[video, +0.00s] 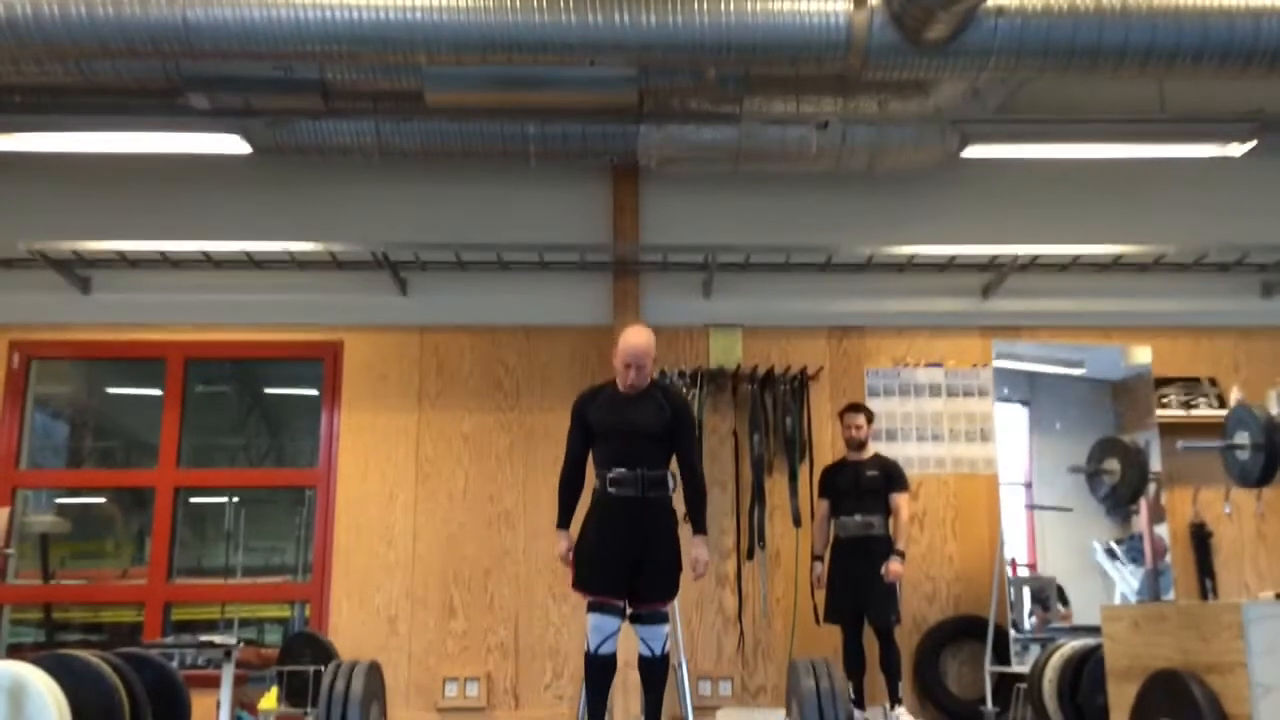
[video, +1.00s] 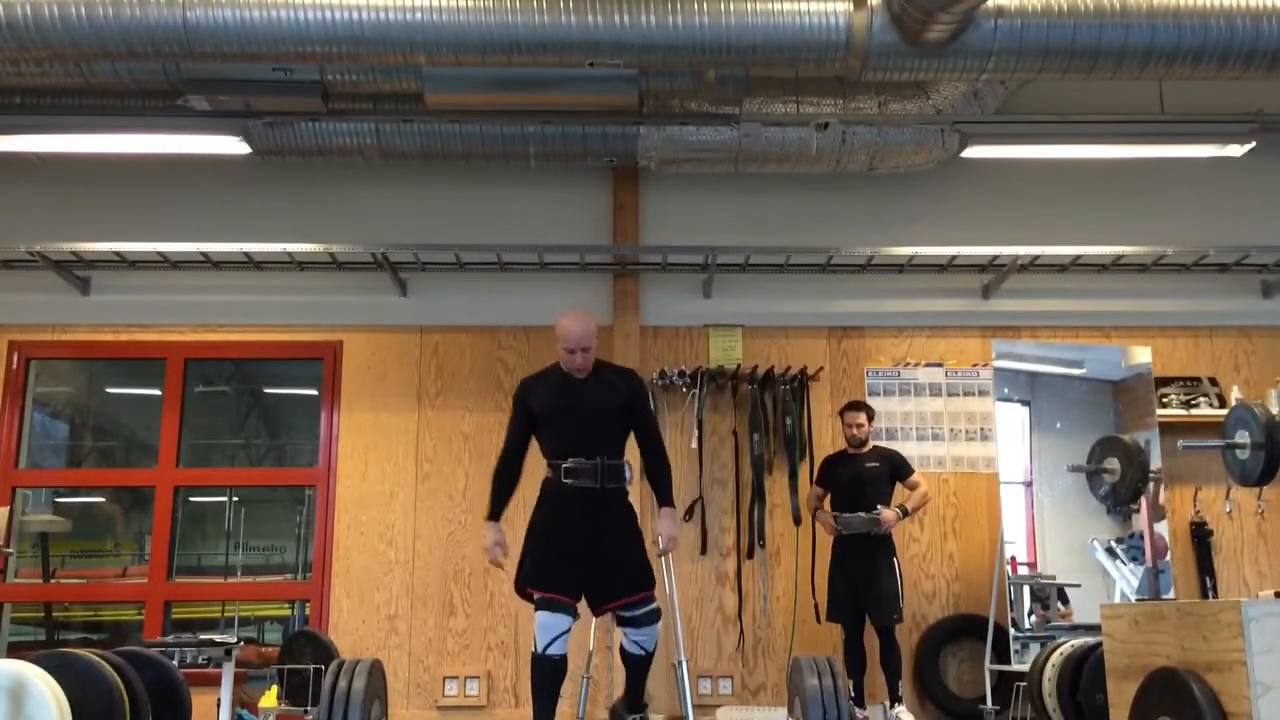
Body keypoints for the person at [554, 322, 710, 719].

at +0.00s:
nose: (632, 374)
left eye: (641, 366)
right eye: (626, 365)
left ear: (654, 363)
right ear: (614, 359)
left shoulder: (673, 405)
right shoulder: (591, 404)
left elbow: (691, 471)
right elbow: (574, 469)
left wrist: (699, 536)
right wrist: (563, 529)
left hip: (656, 530)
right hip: (605, 528)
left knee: (654, 633)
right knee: (601, 631)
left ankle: (653, 715)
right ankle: (596, 714)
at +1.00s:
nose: (580, 359)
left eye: (587, 350)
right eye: (571, 351)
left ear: (596, 343)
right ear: (556, 346)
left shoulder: (625, 384)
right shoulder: (534, 391)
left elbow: (652, 447)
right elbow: (512, 457)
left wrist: (667, 508)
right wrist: (493, 518)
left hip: (614, 515)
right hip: (559, 515)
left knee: (643, 620)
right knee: (552, 625)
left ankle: (632, 706)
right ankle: (543, 716)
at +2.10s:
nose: (581, 349)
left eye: (592, 341)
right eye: (573, 338)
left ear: (608, 326)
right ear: (558, 318)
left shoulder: (632, 366)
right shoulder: (525, 363)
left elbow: (661, 434)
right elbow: (491, 432)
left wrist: (682, 497)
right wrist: (467, 499)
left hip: (607, 504)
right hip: (543, 503)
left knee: (637, 624)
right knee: (528, 625)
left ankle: (642, 719)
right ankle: (516, 719)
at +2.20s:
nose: (578, 349)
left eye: (589, 340)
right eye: (571, 338)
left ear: (606, 325)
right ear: (556, 318)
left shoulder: (631, 366)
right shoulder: (523, 363)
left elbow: (661, 435)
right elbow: (491, 429)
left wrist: (679, 502)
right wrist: (466, 493)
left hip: (606, 504)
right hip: (543, 502)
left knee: (633, 628)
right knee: (527, 626)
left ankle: (640, 718)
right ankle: (516, 718)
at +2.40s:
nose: (583, 366)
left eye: (594, 358)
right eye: (575, 355)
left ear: (611, 339)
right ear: (561, 333)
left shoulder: (637, 374)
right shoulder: (530, 371)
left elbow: (670, 444)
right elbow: (501, 438)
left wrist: (681, 517)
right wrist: (480, 504)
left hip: (615, 505)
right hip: (550, 502)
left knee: (637, 626)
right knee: (531, 621)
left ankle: (648, 718)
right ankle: (516, 718)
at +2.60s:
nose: (582, 450)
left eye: (592, 442)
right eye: (575, 440)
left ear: (610, 428)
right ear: (563, 418)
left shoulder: (635, 442)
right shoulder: (530, 437)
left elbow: (677, 517)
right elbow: (498, 515)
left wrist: (682, 594)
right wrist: (489, 598)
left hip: (614, 529)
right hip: (550, 528)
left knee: (643, 626)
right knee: (529, 625)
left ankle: (652, 715)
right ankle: (523, 715)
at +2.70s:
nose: (581, 506)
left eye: (592, 498)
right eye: (574, 495)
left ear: (614, 476)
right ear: (560, 470)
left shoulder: (638, 483)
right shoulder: (528, 484)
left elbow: (673, 566)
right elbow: (500, 574)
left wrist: (677, 644)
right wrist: (493, 655)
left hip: (615, 545)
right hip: (548, 546)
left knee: (641, 632)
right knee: (531, 627)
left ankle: (656, 715)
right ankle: (524, 715)